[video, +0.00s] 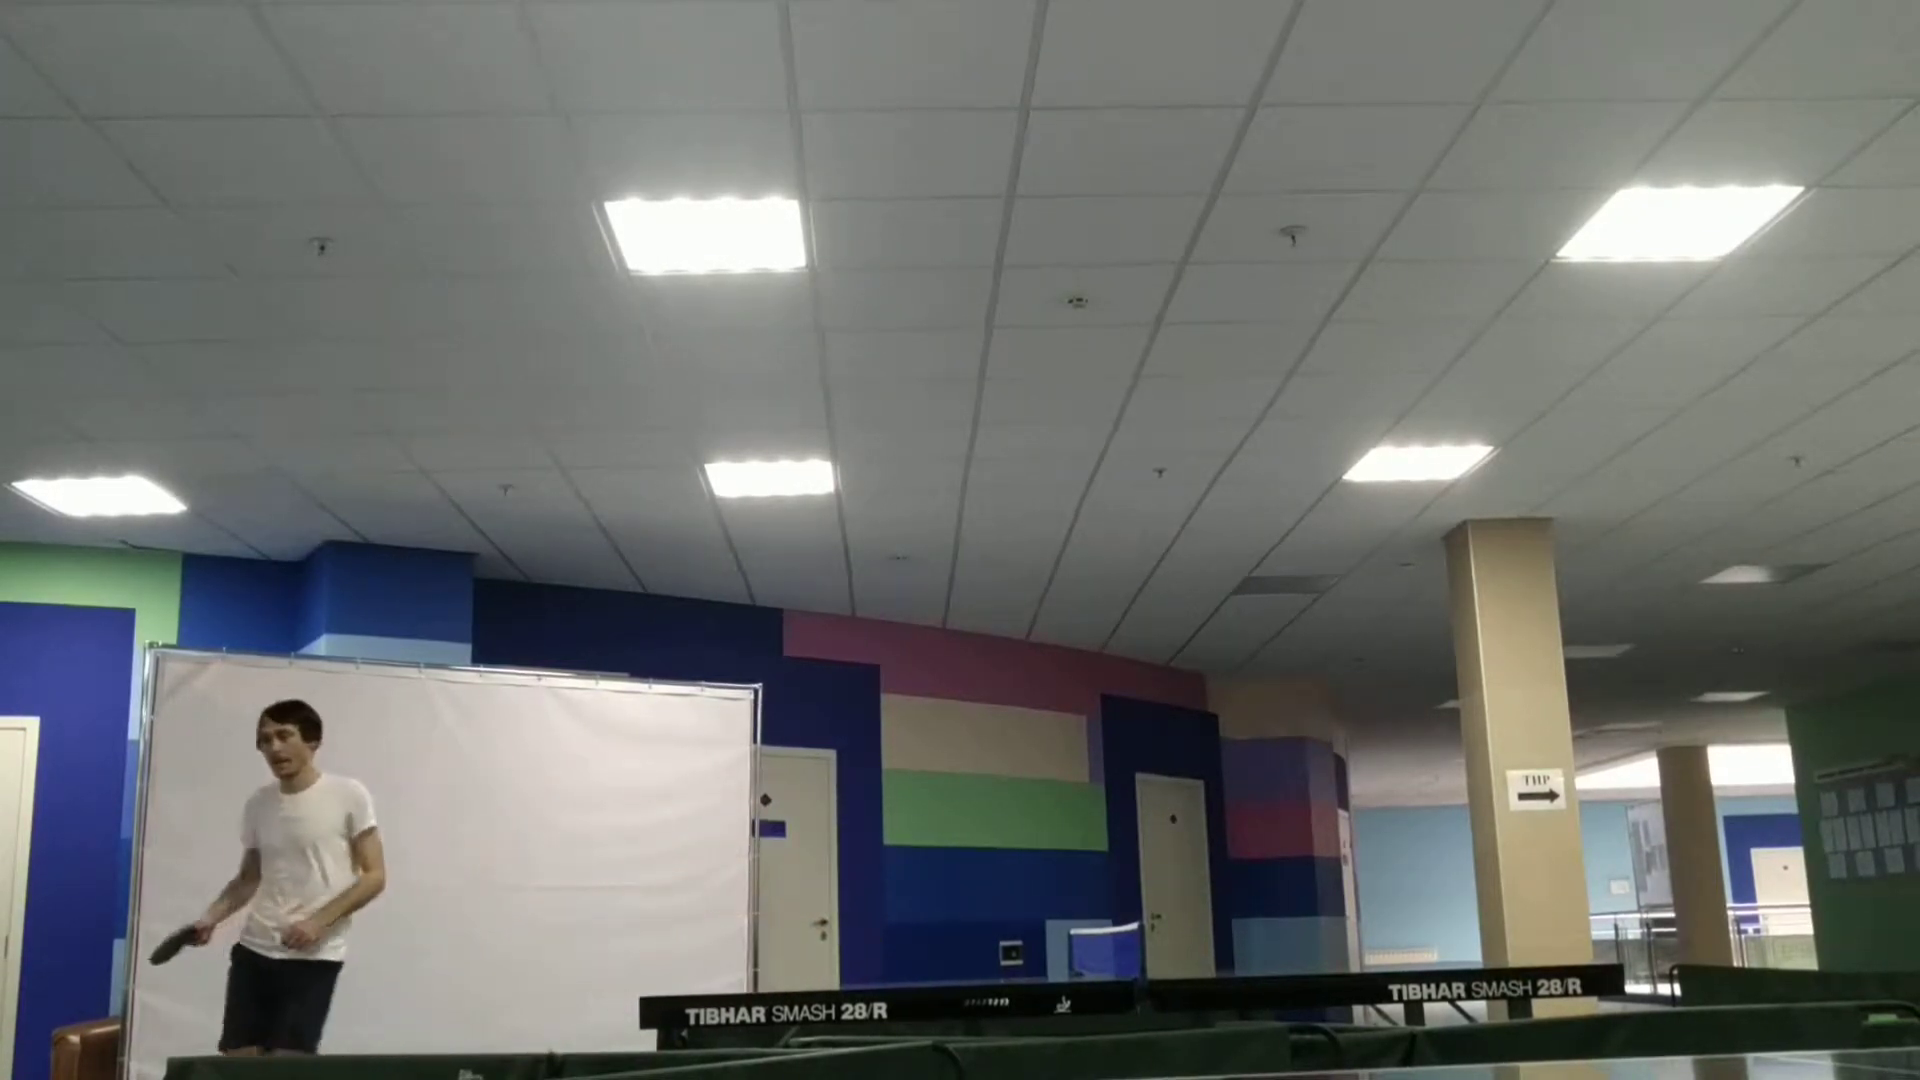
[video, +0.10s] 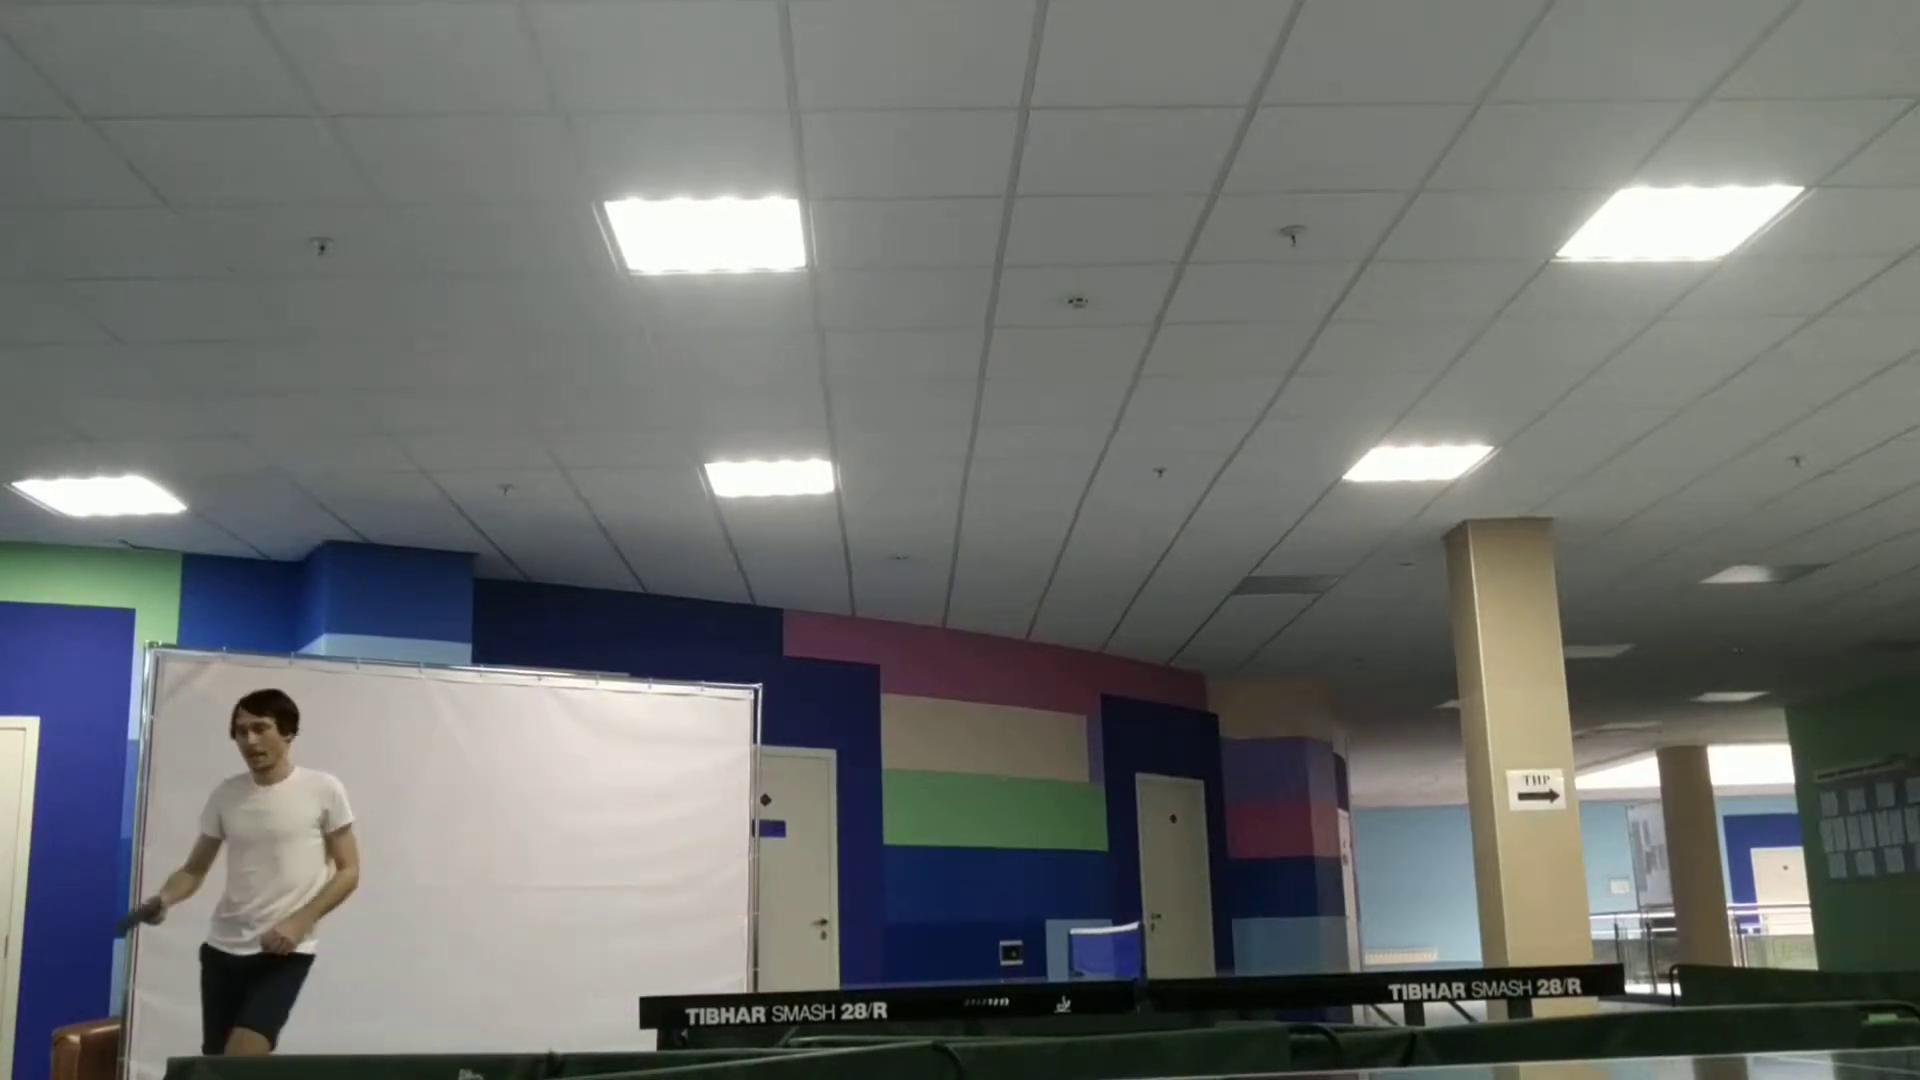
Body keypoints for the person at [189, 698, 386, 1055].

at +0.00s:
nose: (275, 748)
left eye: (284, 737)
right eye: (266, 741)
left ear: (312, 742)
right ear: (260, 749)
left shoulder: (349, 796)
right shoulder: (259, 804)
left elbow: (374, 878)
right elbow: (249, 877)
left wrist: (318, 923)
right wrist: (210, 919)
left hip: (313, 959)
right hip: (254, 953)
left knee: (288, 1062)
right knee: (239, 1059)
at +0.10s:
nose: (250, 741)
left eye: (260, 729)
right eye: (241, 732)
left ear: (288, 733)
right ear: (234, 740)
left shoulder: (324, 791)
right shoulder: (226, 795)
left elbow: (349, 873)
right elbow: (195, 868)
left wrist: (298, 924)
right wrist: (163, 899)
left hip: (284, 955)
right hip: (224, 953)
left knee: (240, 1061)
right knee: (218, 1067)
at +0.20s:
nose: (225, 746)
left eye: (236, 734)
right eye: (216, 736)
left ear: (263, 738)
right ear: (207, 742)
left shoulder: (296, 798)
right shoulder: (195, 797)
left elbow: (320, 881)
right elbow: (146, 867)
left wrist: (275, 936)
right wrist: (124, 888)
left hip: (248, 968)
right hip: (189, 963)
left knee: (210, 1069)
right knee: (195, 1070)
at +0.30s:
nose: (197, 747)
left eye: (209, 735)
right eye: (188, 737)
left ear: (235, 738)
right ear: (179, 742)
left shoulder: (269, 801)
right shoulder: (163, 796)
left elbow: (288, 888)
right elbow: (112, 866)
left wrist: (244, 946)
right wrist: (90, 886)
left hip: (212, 968)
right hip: (151, 965)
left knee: (161, 1071)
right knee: (162, 1073)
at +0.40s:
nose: (167, 740)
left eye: (178, 728)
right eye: (158, 730)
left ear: (206, 730)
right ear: (149, 734)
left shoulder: (241, 795)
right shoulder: (133, 786)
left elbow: (258, 886)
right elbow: (84, 867)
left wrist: (209, 944)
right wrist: (61, 897)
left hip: (181, 967)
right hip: (118, 964)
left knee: (130, 1072)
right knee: (111, 1072)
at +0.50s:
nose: (136, 727)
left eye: (147, 715)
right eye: (125, 717)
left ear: (175, 717)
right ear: (115, 722)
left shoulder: (213, 781)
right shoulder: (101, 777)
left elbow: (233, 876)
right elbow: (69, 862)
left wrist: (177, 931)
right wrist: (40, 905)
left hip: (159, 962)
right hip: (90, 956)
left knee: (116, 1072)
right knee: (55, 1071)